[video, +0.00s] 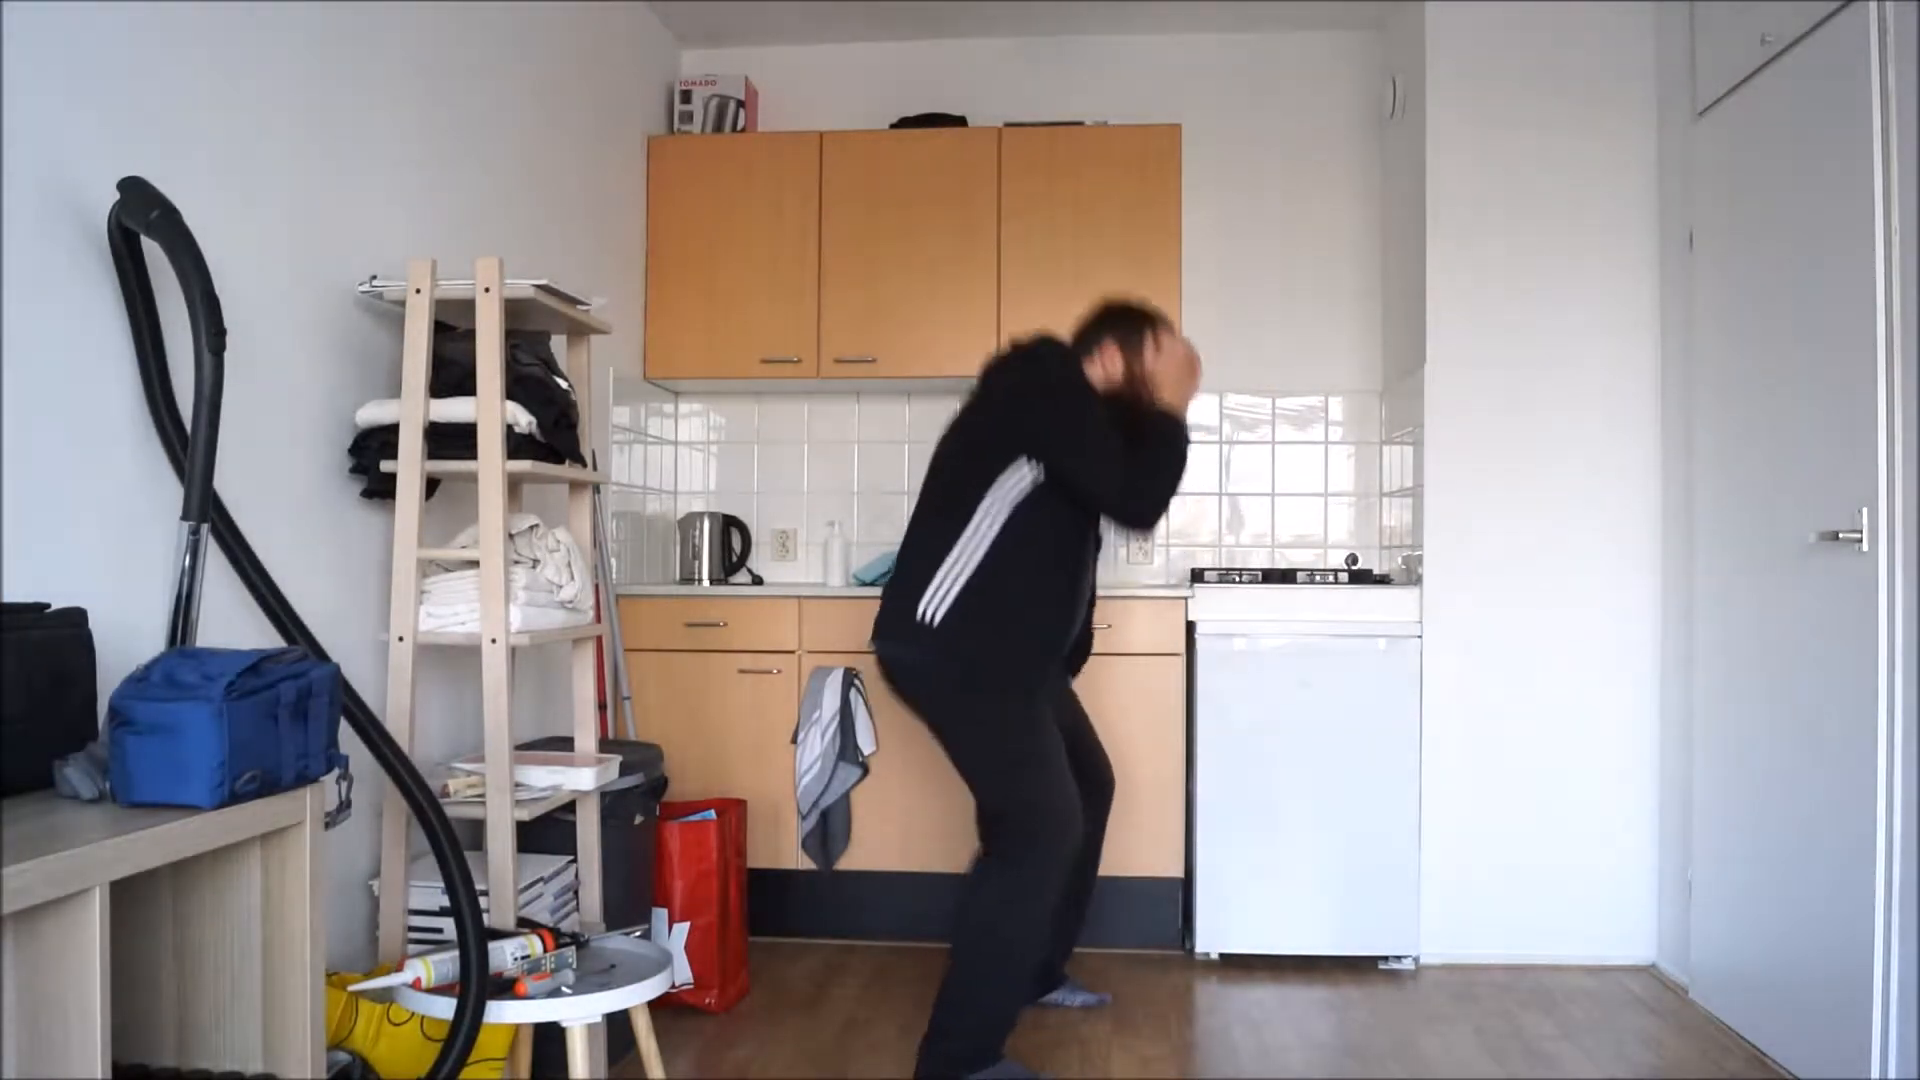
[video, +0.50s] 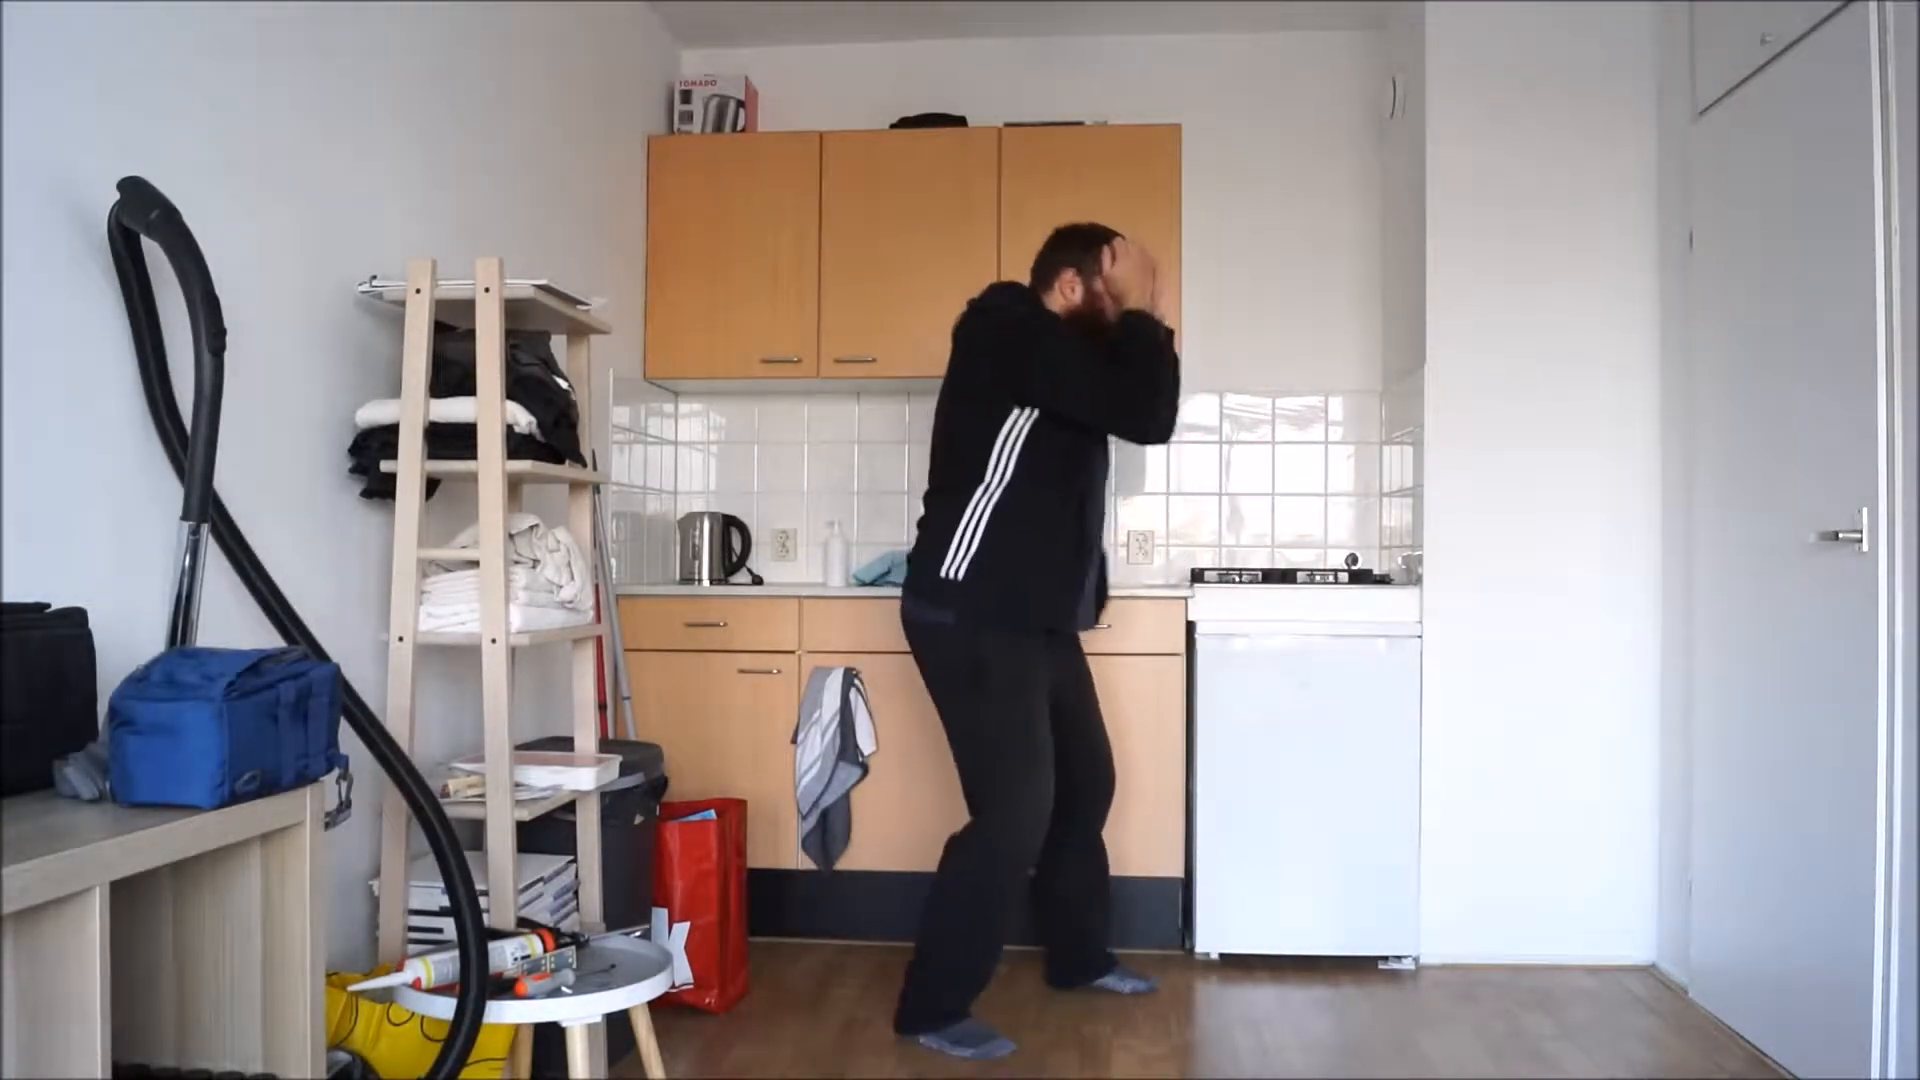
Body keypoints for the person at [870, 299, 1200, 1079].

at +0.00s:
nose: (1164, 389)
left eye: (1166, 376)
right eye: (1159, 373)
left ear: (1106, 356)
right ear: (1113, 357)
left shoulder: (1073, 401)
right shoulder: (1041, 381)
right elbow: (1135, 502)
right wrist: (1170, 408)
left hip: (1008, 650)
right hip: (952, 649)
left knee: (1087, 790)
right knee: (1040, 827)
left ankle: (1033, 974)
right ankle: (956, 1057)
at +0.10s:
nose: (1139, 326)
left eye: (1139, 312)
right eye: (1133, 310)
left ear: (1085, 300)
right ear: (1090, 297)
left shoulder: (1066, 352)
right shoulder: (1021, 324)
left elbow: (1139, 439)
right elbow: (1144, 435)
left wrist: (1142, 346)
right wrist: (1157, 340)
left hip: (1019, 619)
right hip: (960, 615)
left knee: (1069, 786)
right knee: (1020, 801)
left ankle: (1027, 977)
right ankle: (942, 1016)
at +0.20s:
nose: (1126, 310)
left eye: (1128, 296)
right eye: (1121, 294)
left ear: (1071, 281)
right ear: (1077, 281)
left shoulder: (1052, 335)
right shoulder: (1013, 312)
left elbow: (1135, 419)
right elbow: (1142, 417)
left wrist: (1142, 333)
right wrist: (1146, 320)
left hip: (1021, 612)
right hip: (966, 610)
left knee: (1068, 781)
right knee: (1014, 799)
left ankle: (1027, 972)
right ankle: (932, 1007)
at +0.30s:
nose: (1121, 310)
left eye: (1122, 296)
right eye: (1116, 294)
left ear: (1064, 286)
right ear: (1070, 284)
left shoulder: (1043, 341)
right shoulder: (1004, 322)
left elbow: (1120, 425)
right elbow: (1126, 425)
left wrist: (1130, 338)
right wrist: (1137, 326)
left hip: (1032, 618)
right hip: (968, 615)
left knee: (1084, 775)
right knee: (1004, 806)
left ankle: (1045, 957)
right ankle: (931, 1014)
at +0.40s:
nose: (1119, 306)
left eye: (1122, 293)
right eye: (1114, 291)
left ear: (1061, 282)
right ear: (1067, 281)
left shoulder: (1042, 336)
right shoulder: (1009, 325)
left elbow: (1121, 417)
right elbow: (1128, 418)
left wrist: (1144, 338)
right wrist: (1136, 319)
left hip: (1032, 611)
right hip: (971, 610)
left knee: (1079, 778)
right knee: (1001, 806)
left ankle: (1072, 958)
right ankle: (931, 1012)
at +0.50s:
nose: (1124, 307)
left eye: (1128, 291)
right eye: (1119, 290)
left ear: (1068, 288)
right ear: (1070, 285)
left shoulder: (1054, 343)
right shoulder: (1010, 328)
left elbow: (1144, 413)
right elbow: (1146, 410)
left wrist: (1148, 330)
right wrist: (1139, 312)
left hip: (1036, 614)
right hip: (970, 613)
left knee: (1082, 784)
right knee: (1014, 808)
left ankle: (1077, 961)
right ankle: (932, 1012)